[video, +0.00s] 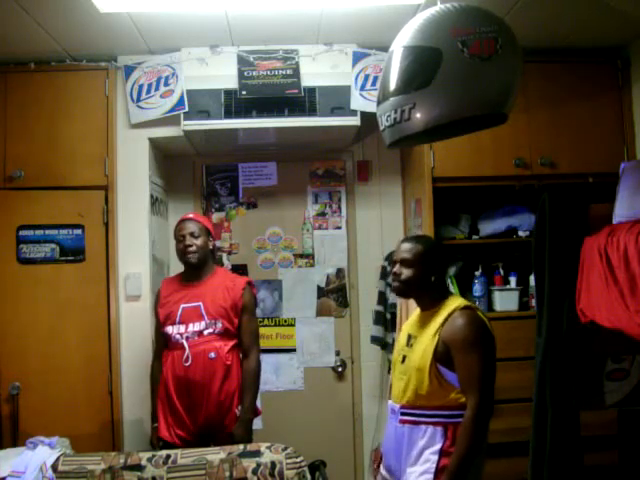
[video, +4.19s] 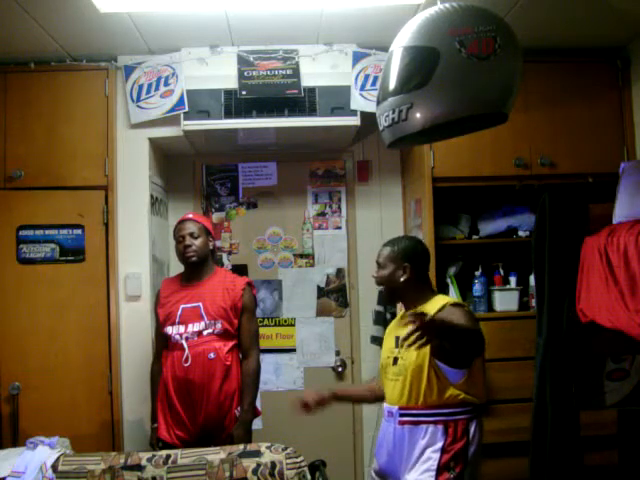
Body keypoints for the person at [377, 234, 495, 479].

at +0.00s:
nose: (395, 271)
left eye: (406, 265)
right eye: (394, 264)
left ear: (431, 271)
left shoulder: (463, 323)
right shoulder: (418, 317)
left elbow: (478, 404)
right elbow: (408, 392)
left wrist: (454, 471)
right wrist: (386, 445)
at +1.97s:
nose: (404, 269)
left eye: (413, 261)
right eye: (396, 263)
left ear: (429, 267)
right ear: (388, 271)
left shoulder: (452, 319)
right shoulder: (399, 316)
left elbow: (475, 397)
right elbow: (396, 389)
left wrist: (452, 469)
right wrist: (371, 438)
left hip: (431, 438)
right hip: (390, 435)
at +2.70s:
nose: (405, 276)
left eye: (414, 268)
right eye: (397, 270)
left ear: (430, 272)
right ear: (388, 277)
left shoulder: (457, 323)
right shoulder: (400, 323)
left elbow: (482, 396)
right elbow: (397, 394)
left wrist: (444, 460)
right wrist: (371, 441)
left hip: (434, 443)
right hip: (393, 441)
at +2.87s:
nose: (409, 271)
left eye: (417, 264)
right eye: (400, 265)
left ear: (431, 268)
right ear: (390, 273)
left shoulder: (455, 314)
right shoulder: (396, 321)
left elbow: (475, 370)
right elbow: (393, 391)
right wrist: (370, 437)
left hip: (440, 434)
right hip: (394, 434)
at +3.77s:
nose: (407, 271)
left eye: (416, 263)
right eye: (398, 265)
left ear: (429, 269)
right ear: (389, 274)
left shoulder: (453, 311)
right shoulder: (396, 324)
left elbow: (469, 357)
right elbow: (393, 393)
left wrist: (442, 333)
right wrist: (361, 437)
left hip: (441, 435)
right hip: (395, 436)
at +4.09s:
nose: (376, 274)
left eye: (384, 266)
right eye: (379, 266)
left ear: (407, 275)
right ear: (405, 276)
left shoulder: (454, 314)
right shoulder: (397, 325)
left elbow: (468, 341)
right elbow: (390, 389)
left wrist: (440, 319)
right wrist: (343, 417)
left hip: (438, 443)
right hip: (393, 440)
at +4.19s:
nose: (375, 275)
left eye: (381, 267)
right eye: (376, 267)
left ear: (404, 271)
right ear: (401, 271)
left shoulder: (450, 311)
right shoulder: (395, 324)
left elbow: (472, 347)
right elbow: (384, 388)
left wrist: (436, 328)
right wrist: (331, 394)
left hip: (438, 437)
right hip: (395, 435)